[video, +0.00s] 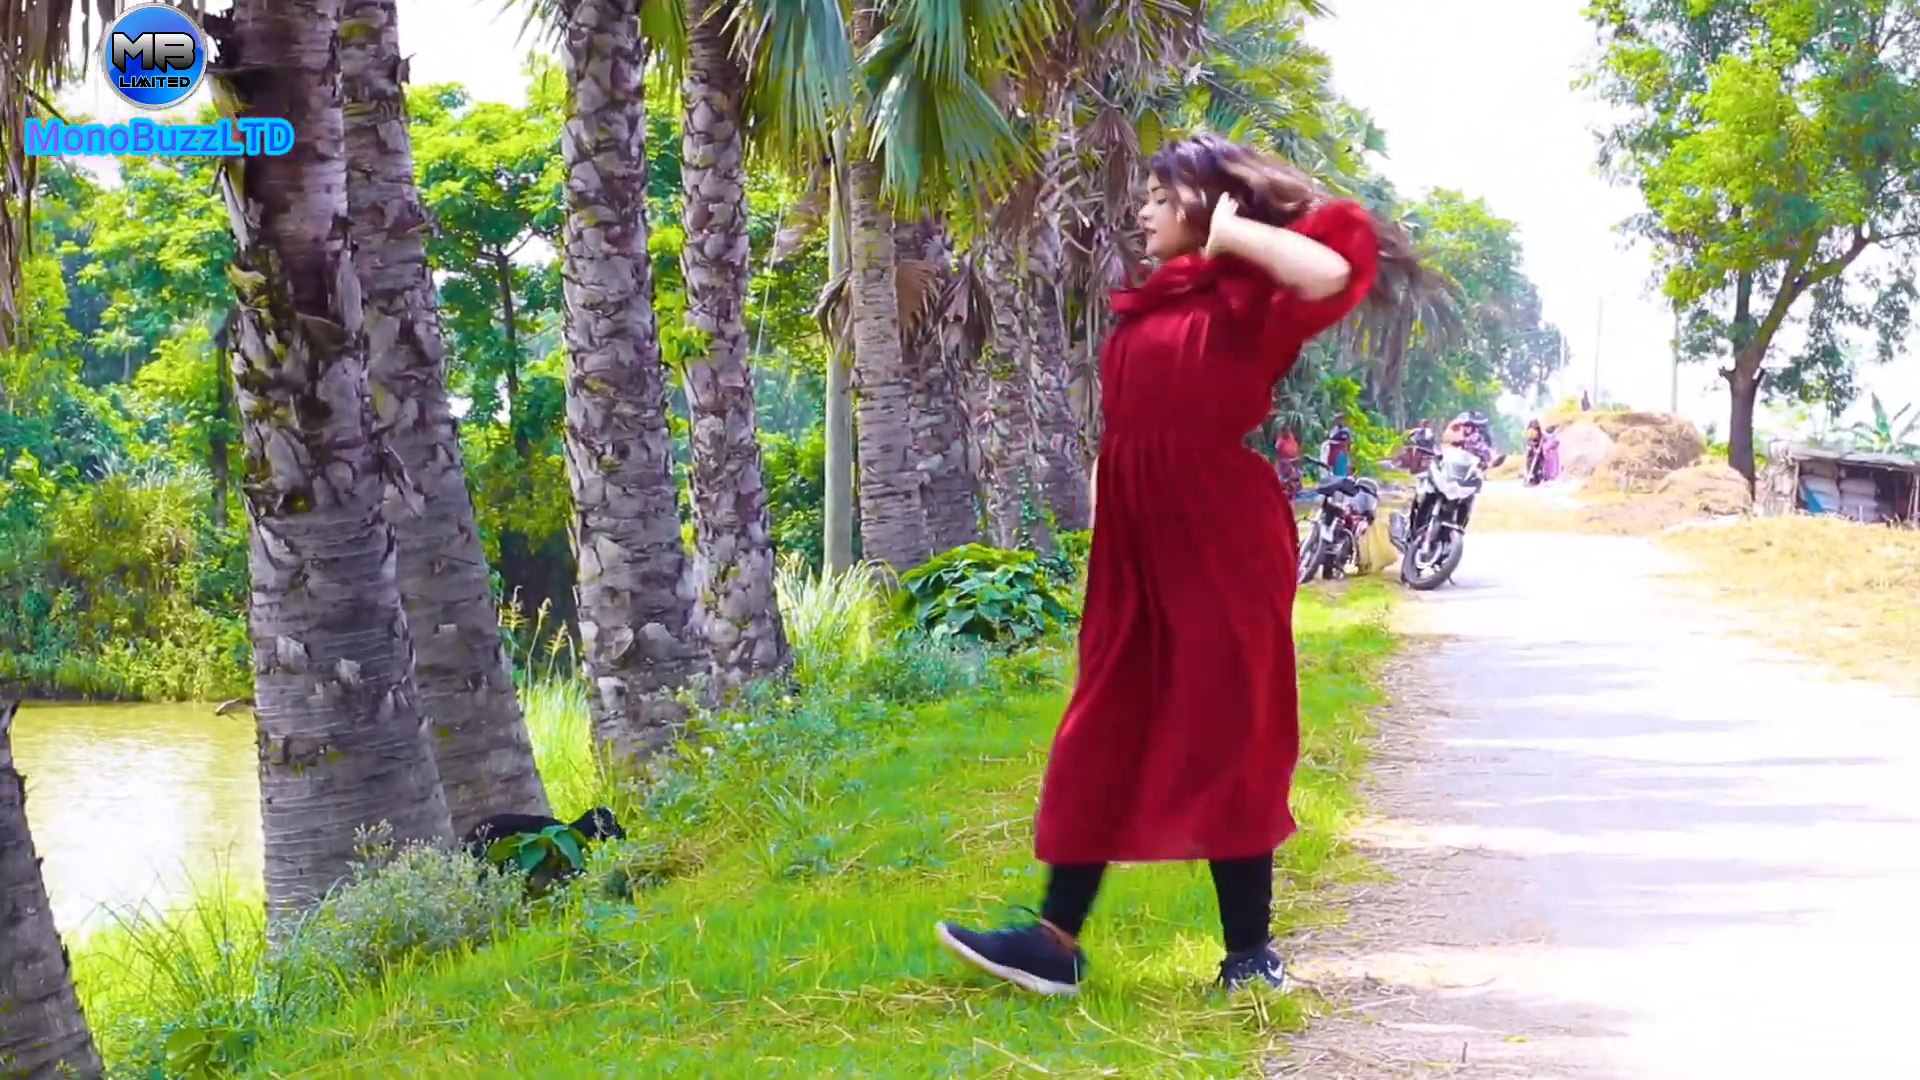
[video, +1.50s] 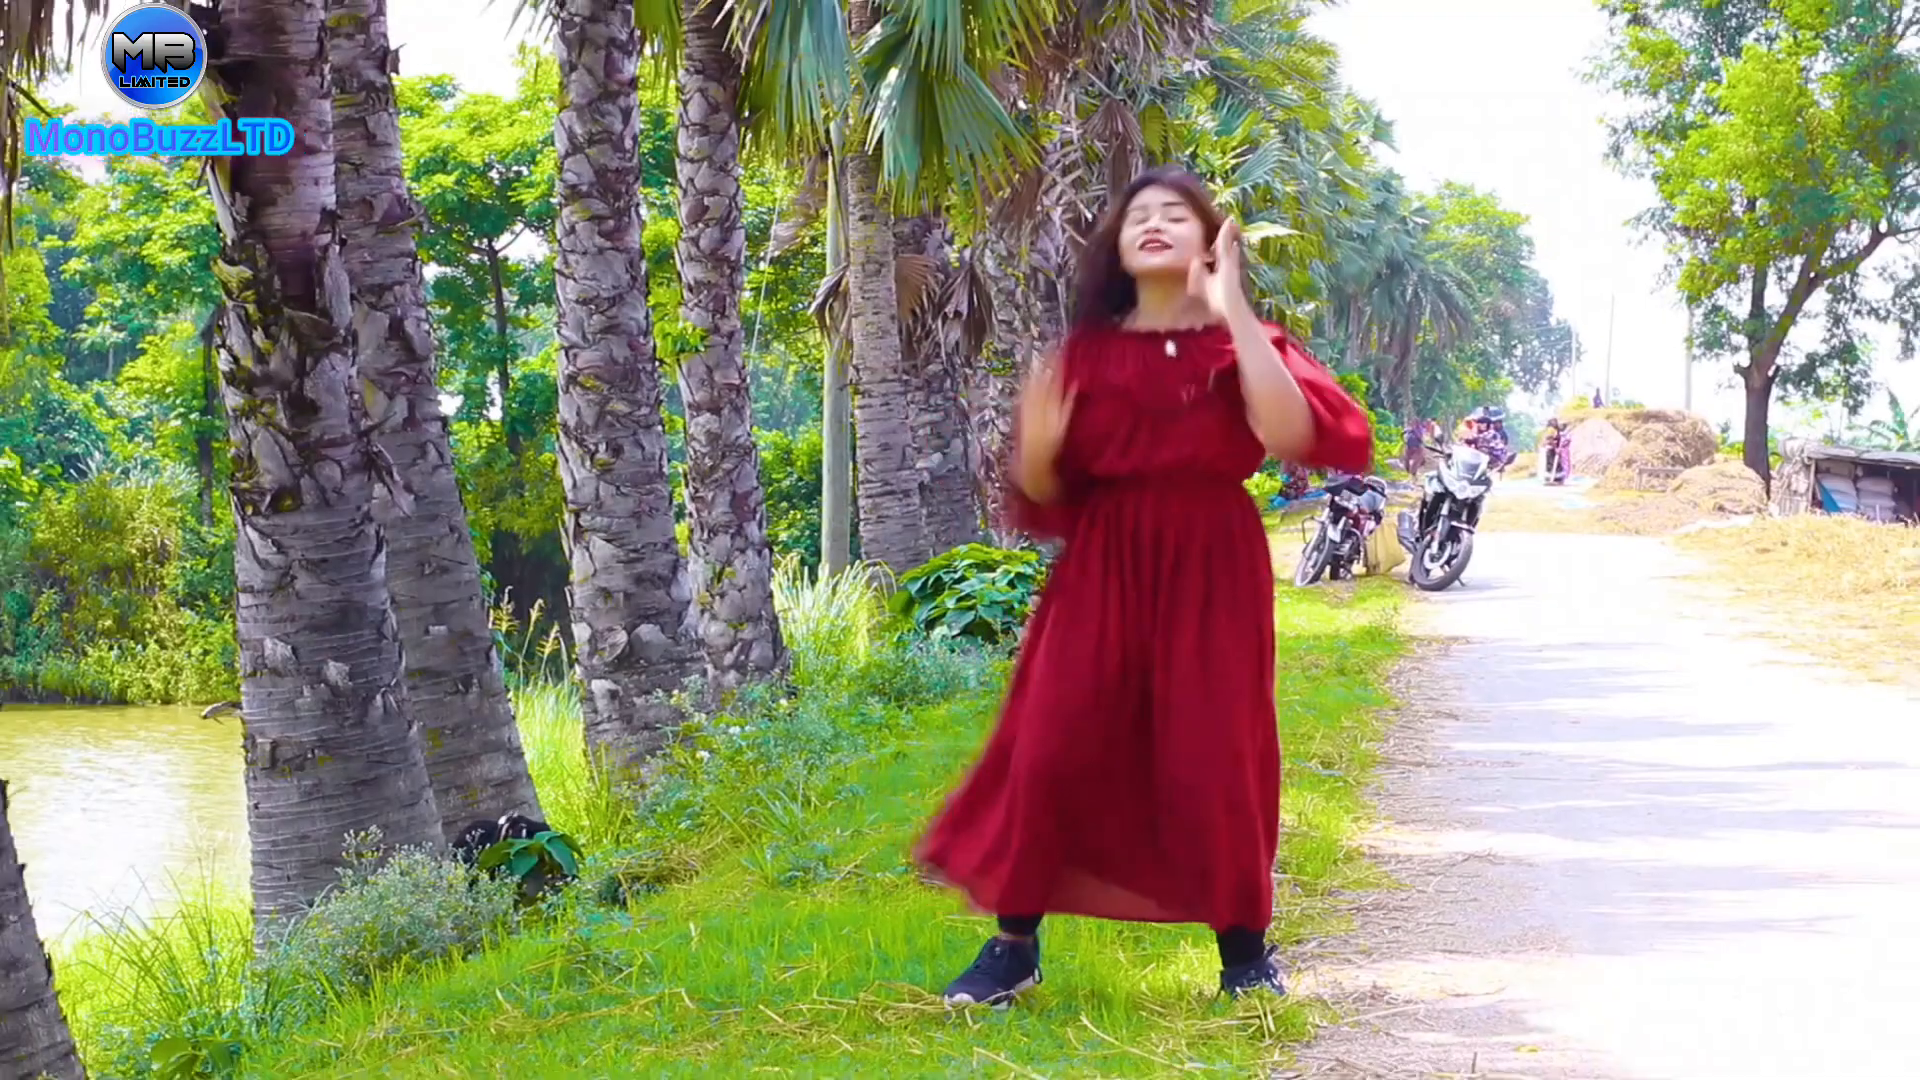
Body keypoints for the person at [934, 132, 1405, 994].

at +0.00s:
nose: (1141, 213)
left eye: (1159, 199)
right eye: (1144, 199)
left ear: (1210, 210)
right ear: (1164, 215)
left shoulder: (1249, 296)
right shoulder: (1144, 305)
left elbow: (1333, 276)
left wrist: (1232, 228)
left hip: (1225, 539)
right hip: (1134, 537)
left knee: (1231, 734)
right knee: (1100, 726)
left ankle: (1249, 957)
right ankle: (1055, 937)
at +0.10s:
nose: (1158, 208)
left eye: (1171, 194)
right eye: (1159, 195)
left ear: (1226, 204)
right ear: (1197, 210)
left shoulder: (1303, 291)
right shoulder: (1171, 301)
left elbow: (1237, 333)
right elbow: (1137, 411)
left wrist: (1211, 250)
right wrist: (1096, 482)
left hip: (1241, 550)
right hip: (1149, 544)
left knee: (1242, 752)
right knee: (1116, 747)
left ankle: (1263, 980)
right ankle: (1066, 969)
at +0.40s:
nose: (1108, 224)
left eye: (1123, 209)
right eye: (1109, 209)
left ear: (1175, 215)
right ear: (1133, 217)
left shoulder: (1233, 298)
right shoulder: (1101, 306)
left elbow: (1357, 301)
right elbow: (1068, 391)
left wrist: (1244, 238)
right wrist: (1039, 436)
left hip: (1181, 534)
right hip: (1078, 530)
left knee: (1205, 748)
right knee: (1036, 746)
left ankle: (1256, 975)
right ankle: (1006, 959)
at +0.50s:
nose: (1094, 237)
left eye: (1113, 223)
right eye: (1085, 223)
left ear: (1159, 237)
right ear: (1075, 239)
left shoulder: (1195, 342)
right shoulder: (1054, 335)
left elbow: (1318, 400)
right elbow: (980, 427)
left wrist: (1231, 319)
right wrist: (986, 469)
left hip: (1156, 567)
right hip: (1048, 563)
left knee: (1184, 763)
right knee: (1006, 760)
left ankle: (1247, 963)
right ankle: (1003, 955)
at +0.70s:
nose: (1137, 230)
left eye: (1139, 218)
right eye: (1119, 214)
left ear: (1138, 236)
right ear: (1062, 223)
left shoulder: (1152, 330)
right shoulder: (995, 305)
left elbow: (1209, 453)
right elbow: (952, 371)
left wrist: (1193, 471)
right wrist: (1049, 294)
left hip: (1126, 549)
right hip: (1014, 550)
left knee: (1169, 735)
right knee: (994, 736)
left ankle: (1219, 944)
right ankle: (1001, 954)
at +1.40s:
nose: (1175, 224)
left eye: (1180, 212)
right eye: (1151, 215)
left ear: (1192, 236)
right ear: (1103, 240)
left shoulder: (1225, 338)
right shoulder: (1060, 343)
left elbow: (1327, 456)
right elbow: (929, 377)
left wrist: (1283, 406)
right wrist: (1028, 325)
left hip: (1203, 580)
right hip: (1086, 580)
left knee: (1213, 777)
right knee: (1029, 767)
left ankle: (1252, 973)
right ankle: (1007, 966)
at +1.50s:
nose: (1155, 222)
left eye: (1175, 212)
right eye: (1139, 215)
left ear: (1209, 243)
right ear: (1117, 248)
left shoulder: (1249, 342)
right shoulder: (1082, 350)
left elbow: (1291, 437)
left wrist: (1235, 313)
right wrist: (1035, 446)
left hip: (1213, 553)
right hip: (1105, 551)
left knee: (1220, 750)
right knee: (1045, 744)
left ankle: (1246, 955)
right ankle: (1013, 945)